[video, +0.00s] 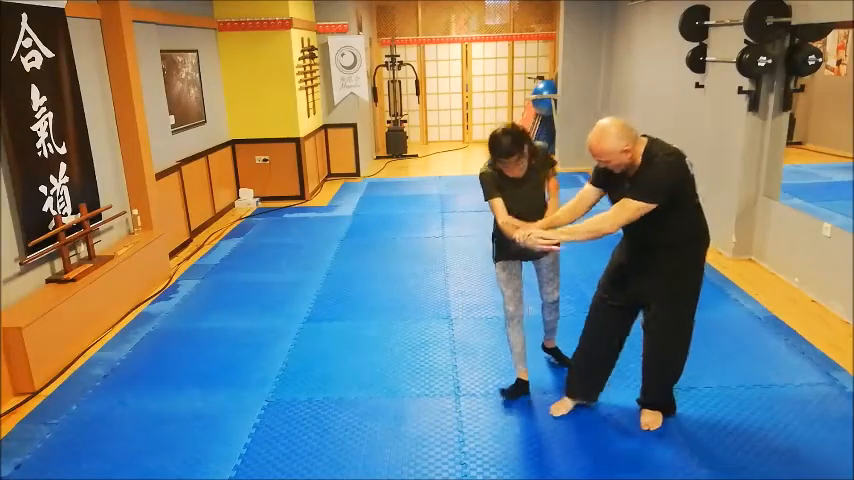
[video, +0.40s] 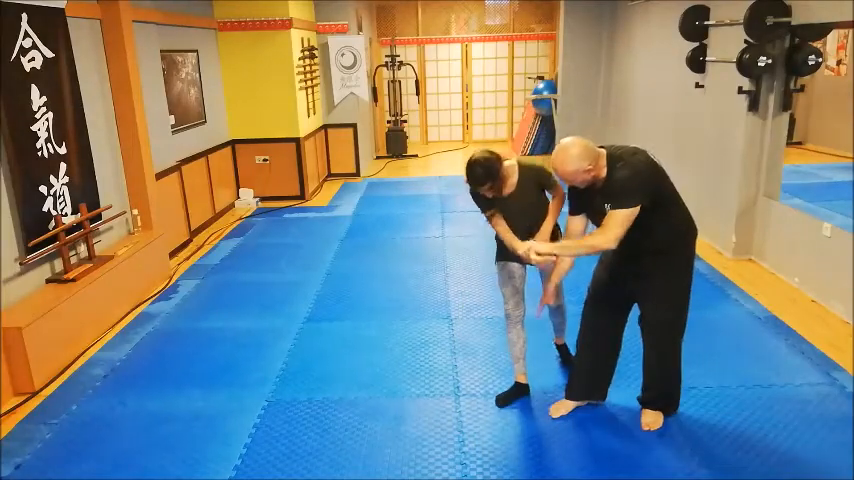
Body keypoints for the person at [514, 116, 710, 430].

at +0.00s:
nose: (600, 166)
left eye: (605, 161)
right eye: (599, 160)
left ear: (629, 150)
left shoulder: (665, 166)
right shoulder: (613, 162)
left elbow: (610, 223)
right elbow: (579, 204)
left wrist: (554, 236)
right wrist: (539, 225)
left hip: (677, 253)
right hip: (636, 245)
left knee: (664, 329)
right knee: (605, 315)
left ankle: (654, 403)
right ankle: (580, 391)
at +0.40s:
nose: (569, 187)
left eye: (571, 182)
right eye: (565, 182)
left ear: (590, 170)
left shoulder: (633, 169)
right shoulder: (580, 180)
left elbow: (610, 238)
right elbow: (573, 239)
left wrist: (550, 248)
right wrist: (552, 282)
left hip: (667, 249)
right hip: (623, 246)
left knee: (660, 325)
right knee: (599, 313)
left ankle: (654, 403)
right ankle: (584, 391)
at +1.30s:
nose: (597, 148)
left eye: (602, 143)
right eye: (595, 141)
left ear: (627, 138)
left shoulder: (669, 153)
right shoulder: (610, 159)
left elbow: (653, 225)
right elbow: (605, 211)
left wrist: (594, 242)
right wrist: (591, 255)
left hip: (681, 248)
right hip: (635, 242)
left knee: (668, 323)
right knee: (609, 312)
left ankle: (655, 403)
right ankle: (585, 386)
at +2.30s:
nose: (664, 93)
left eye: (668, 88)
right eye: (665, 87)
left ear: (687, 92)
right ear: (695, 91)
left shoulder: (692, 135)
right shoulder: (718, 120)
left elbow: (649, 191)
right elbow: (709, 184)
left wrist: (604, 220)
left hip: (690, 234)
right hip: (711, 226)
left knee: (669, 311)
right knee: (696, 302)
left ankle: (659, 393)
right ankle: (697, 372)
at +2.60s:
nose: (662, 95)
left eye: (667, 89)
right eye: (663, 88)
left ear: (689, 90)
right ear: (694, 91)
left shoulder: (685, 132)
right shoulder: (720, 123)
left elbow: (640, 188)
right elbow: (710, 184)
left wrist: (596, 219)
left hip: (686, 231)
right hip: (711, 225)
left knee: (669, 308)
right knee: (696, 300)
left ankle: (657, 393)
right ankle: (696, 372)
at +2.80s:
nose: (661, 98)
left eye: (665, 92)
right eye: (661, 92)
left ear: (688, 92)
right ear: (693, 93)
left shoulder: (682, 132)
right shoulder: (721, 123)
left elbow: (639, 189)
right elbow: (714, 186)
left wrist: (596, 222)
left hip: (686, 233)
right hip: (713, 227)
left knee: (667, 309)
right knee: (695, 301)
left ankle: (657, 393)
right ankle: (695, 373)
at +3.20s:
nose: (664, 108)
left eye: (667, 101)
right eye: (663, 102)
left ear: (690, 97)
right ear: (691, 98)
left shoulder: (701, 134)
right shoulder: (717, 123)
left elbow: (652, 182)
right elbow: (687, 173)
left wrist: (600, 185)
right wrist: (652, 195)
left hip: (698, 240)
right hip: (711, 234)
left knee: (671, 316)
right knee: (695, 308)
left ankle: (662, 400)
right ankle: (697, 374)